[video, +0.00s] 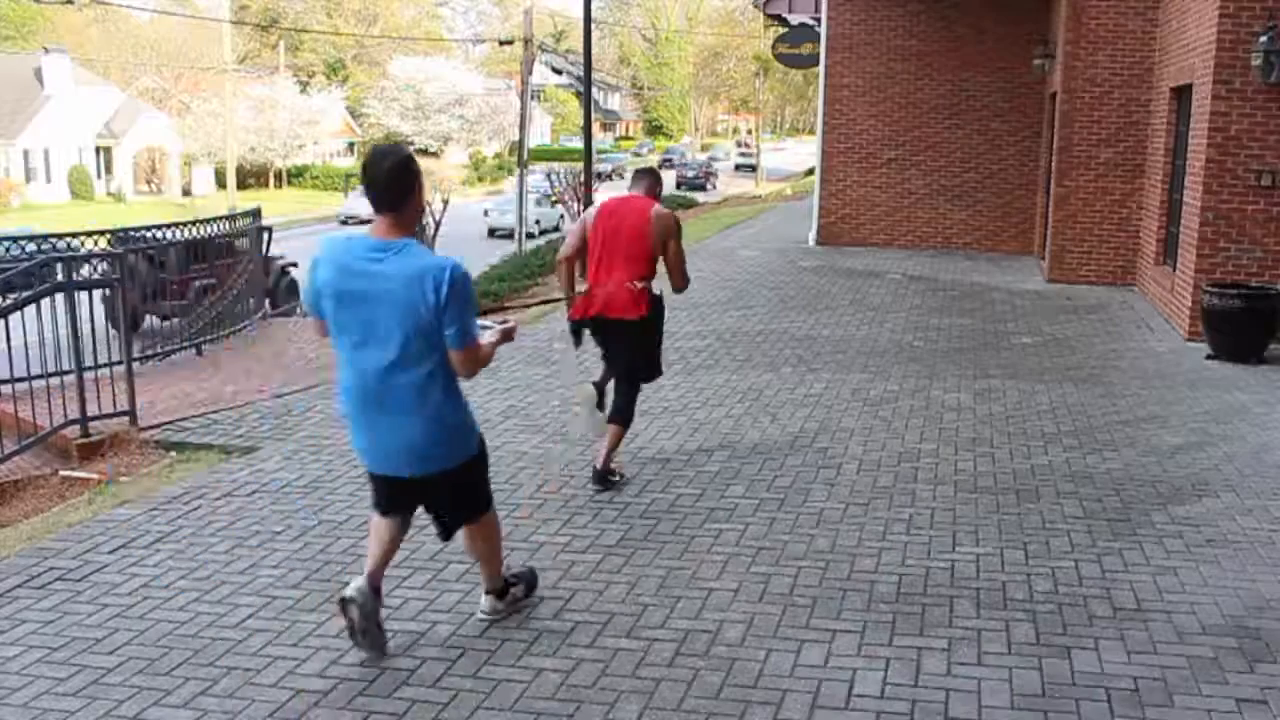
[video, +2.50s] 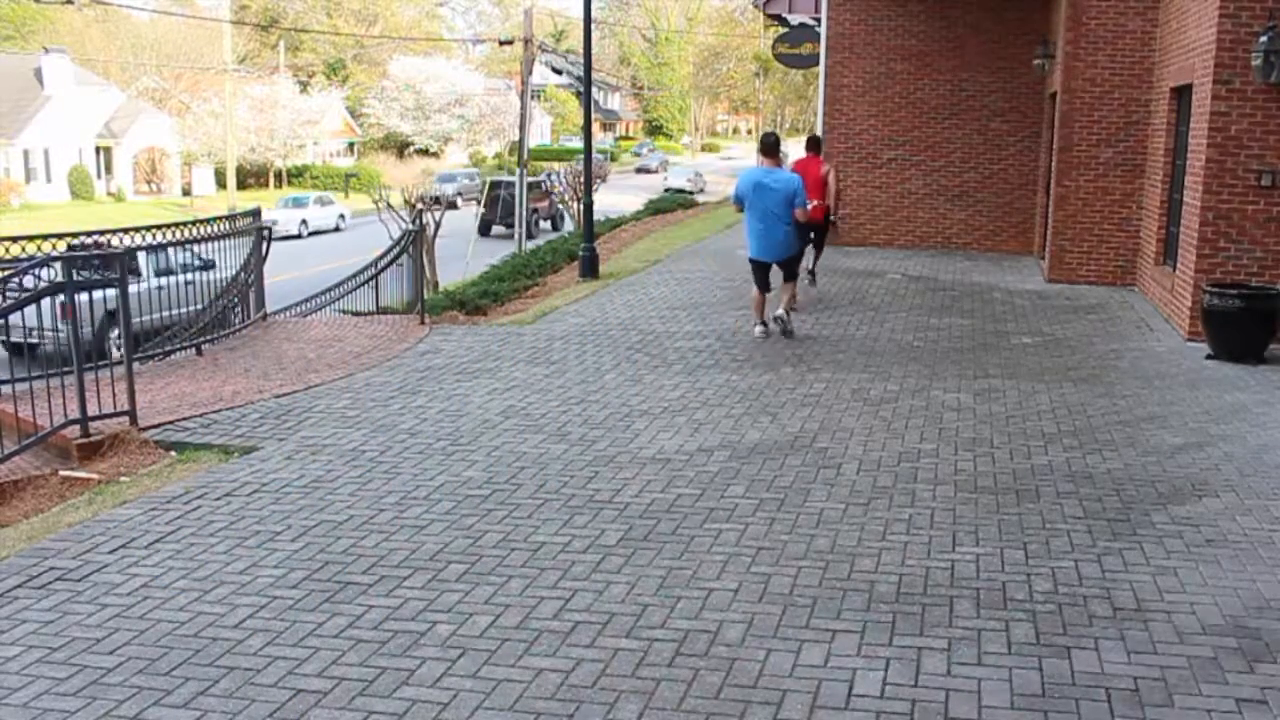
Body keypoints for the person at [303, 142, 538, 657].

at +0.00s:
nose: (426, 194)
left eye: (422, 186)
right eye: (423, 186)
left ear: (368, 198)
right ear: (417, 195)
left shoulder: (331, 257)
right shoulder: (442, 273)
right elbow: (465, 364)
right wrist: (495, 341)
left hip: (372, 433)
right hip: (439, 433)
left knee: (391, 505)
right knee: (475, 507)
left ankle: (367, 585)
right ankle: (496, 589)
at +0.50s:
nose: (561, 177)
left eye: (555, 171)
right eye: (559, 171)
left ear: (517, 177)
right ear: (556, 176)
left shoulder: (488, 222)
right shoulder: (574, 234)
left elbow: (470, 275)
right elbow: (585, 310)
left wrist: (514, 268)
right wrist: (605, 296)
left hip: (510, 362)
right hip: (564, 362)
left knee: (523, 437)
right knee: (590, 420)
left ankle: (512, 509)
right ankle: (608, 478)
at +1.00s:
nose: (647, 170)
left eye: (640, 166)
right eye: (646, 166)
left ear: (612, 169)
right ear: (643, 170)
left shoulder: (585, 207)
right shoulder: (656, 215)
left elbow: (573, 258)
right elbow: (668, 276)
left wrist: (601, 261)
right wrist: (683, 261)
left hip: (607, 318)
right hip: (649, 317)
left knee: (617, 379)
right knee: (672, 365)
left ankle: (617, 439)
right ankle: (673, 419)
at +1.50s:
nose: (696, 168)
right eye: (699, 163)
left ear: (674, 165)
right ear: (700, 166)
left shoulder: (654, 198)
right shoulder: (715, 203)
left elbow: (644, 237)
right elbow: (725, 252)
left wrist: (669, 227)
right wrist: (739, 243)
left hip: (669, 291)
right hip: (704, 289)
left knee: (674, 340)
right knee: (719, 325)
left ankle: (671, 387)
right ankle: (708, 377)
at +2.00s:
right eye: (742, 159)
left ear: (721, 162)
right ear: (744, 162)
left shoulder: (707, 190)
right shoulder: (759, 193)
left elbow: (698, 223)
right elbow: (771, 234)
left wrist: (718, 216)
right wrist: (779, 226)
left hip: (721, 266)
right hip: (752, 265)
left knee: (725, 308)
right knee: (760, 298)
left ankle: (725, 350)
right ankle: (753, 338)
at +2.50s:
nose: (772, 154)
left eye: (763, 151)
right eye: (777, 150)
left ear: (759, 152)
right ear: (779, 151)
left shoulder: (747, 177)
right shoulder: (793, 180)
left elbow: (738, 206)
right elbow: (801, 215)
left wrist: (756, 202)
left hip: (758, 245)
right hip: (785, 245)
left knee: (760, 287)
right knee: (790, 278)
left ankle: (759, 323)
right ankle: (782, 310)